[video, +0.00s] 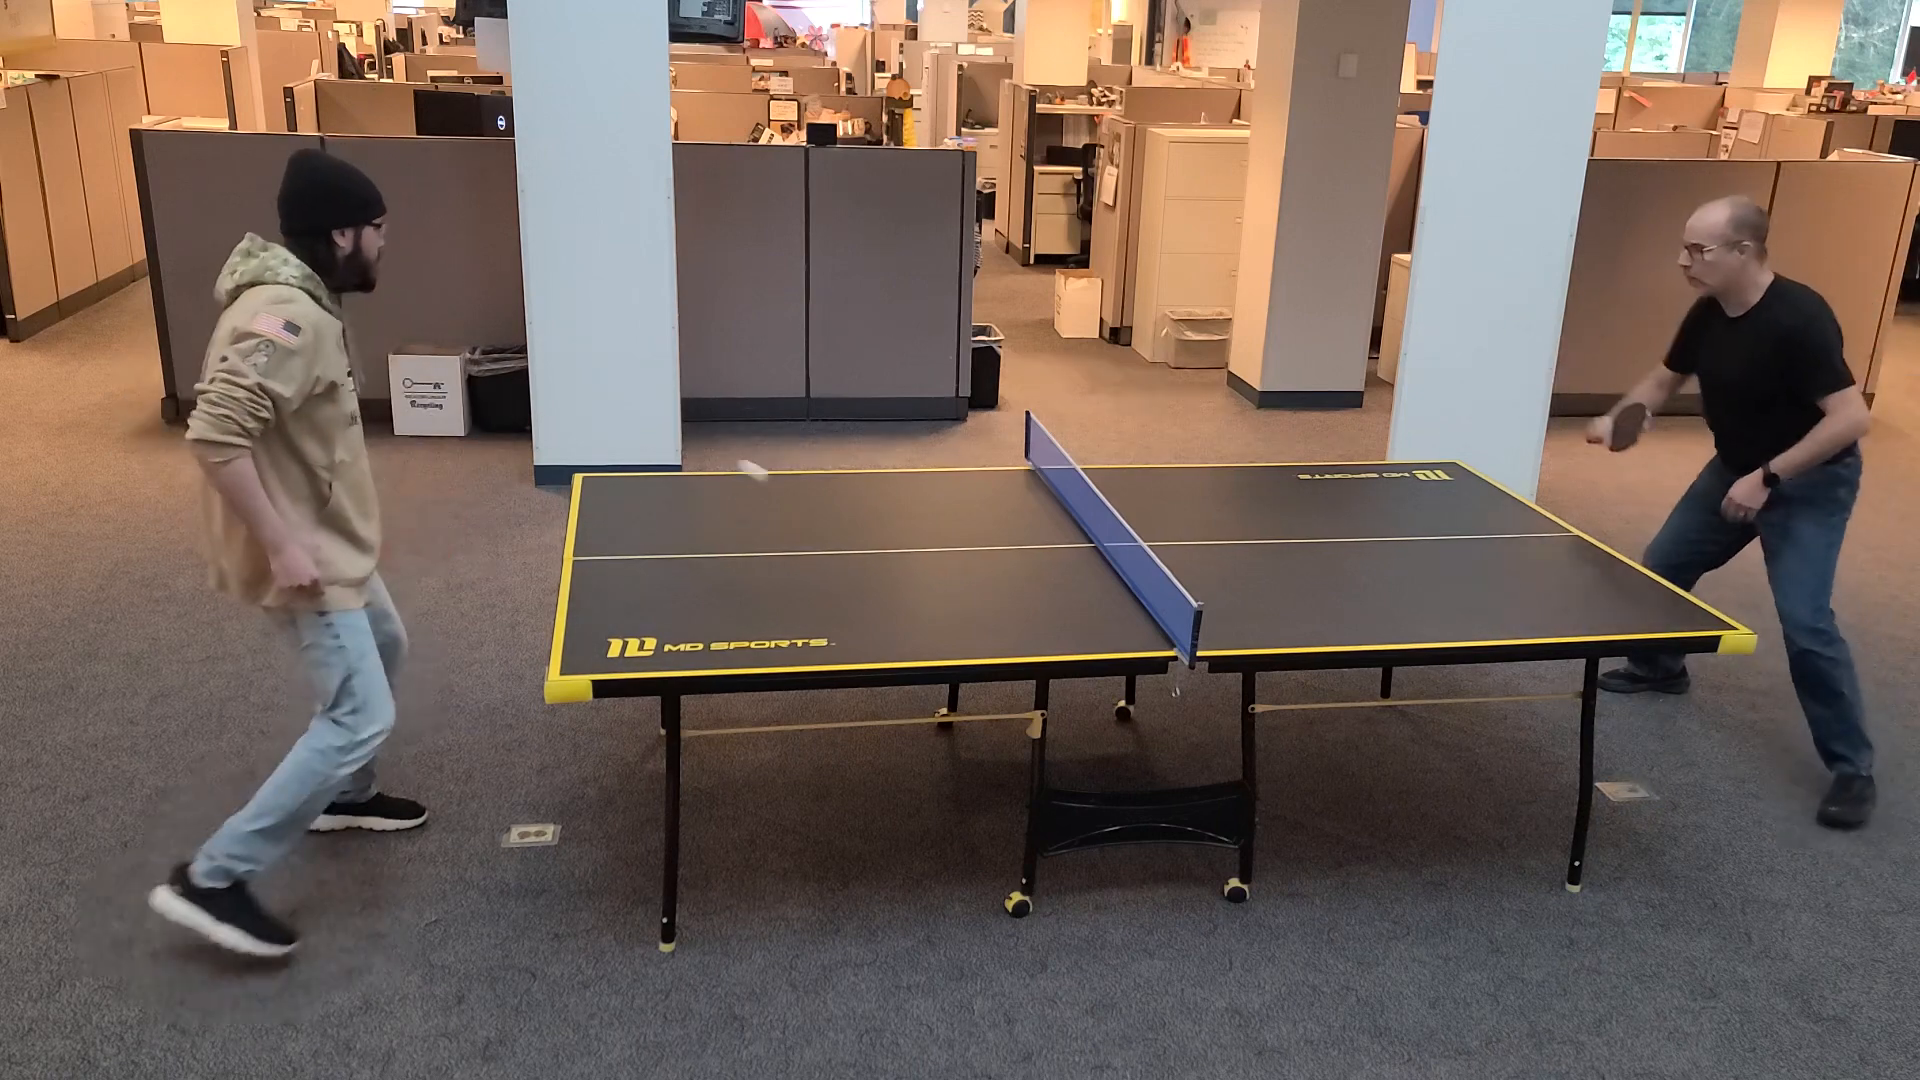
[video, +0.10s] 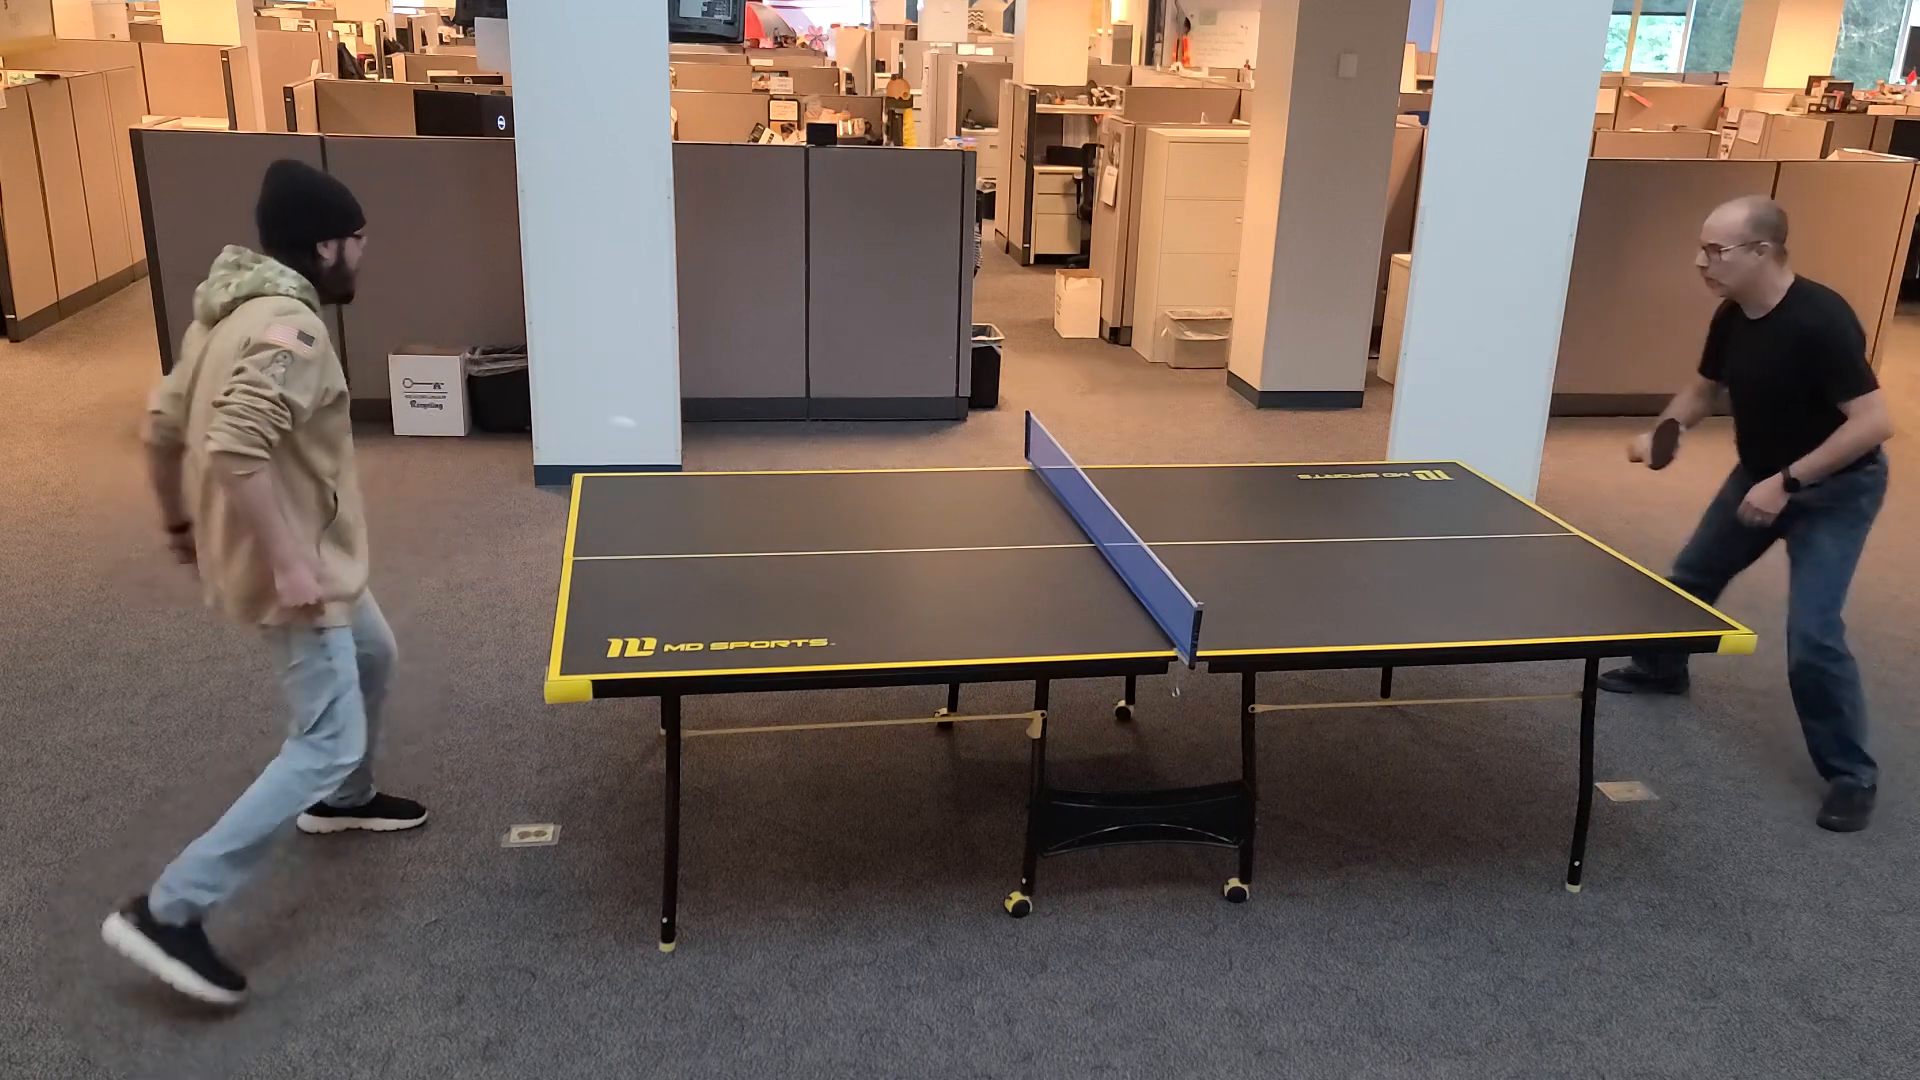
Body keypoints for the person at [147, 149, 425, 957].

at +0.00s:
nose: (384, 240)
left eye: (380, 225)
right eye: (374, 226)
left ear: (321, 232)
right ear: (336, 235)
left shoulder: (299, 297)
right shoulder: (280, 314)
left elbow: (249, 427)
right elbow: (217, 436)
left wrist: (324, 524)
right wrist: (283, 545)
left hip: (331, 540)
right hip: (301, 558)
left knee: (384, 643)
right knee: (359, 719)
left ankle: (345, 792)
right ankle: (212, 877)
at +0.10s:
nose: (363, 253)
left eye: (360, 238)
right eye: (354, 240)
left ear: (283, 241)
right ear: (319, 248)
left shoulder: (229, 309)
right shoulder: (287, 328)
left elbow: (165, 424)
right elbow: (234, 446)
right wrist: (290, 562)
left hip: (302, 560)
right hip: (291, 574)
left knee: (373, 656)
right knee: (330, 746)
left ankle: (341, 796)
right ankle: (169, 913)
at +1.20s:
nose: (332, 223)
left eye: (331, 206)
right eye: (315, 208)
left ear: (283, 217)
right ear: (261, 217)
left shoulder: (280, 296)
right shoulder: (206, 304)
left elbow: (282, 434)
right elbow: (117, 430)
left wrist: (326, 518)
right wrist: (202, 546)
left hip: (279, 558)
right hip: (235, 572)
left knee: (289, 710)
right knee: (300, 735)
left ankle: (286, 834)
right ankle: (242, 922)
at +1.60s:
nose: (408, 279)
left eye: (409, 261)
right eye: (392, 265)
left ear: (362, 266)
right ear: (332, 270)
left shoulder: (373, 334)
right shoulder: (254, 366)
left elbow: (395, 456)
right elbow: (181, 506)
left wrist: (415, 559)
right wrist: (241, 630)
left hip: (367, 592)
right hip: (298, 617)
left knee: (366, 711)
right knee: (375, 785)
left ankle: (301, 817)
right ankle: (359, 967)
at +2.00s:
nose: (524, 329)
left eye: (528, 312)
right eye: (514, 312)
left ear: (471, 305)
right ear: (452, 303)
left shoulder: (494, 377)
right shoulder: (322, 385)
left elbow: (492, 511)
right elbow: (261, 537)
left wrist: (487, 616)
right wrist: (329, 662)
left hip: (452, 635)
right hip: (347, 651)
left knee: (494, 816)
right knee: (357, 832)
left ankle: (516, 987)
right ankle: (358, 972)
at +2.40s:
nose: (696, 518)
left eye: (705, 505)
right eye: (694, 501)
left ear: (648, 475)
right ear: (647, 477)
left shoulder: (611, 502)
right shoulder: (513, 519)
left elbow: (562, 604)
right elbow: (444, 694)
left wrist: (589, 702)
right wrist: (508, 826)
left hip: (518, 678)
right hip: (415, 686)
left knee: (595, 839)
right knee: (464, 885)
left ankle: (567, 1027)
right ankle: (425, 1059)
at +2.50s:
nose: (718, 589)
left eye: (728, 575)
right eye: (718, 571)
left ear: (675, 541)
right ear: (678, 546)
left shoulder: (628, 524)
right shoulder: (548, 575)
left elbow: (568, 632)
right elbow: (510, 766)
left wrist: (593, 717)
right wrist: (568, 897)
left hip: (514, 680)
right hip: (416, 694)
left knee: (608, 834)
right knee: (483, 903)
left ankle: (568, 1025)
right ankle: (470, 1071)